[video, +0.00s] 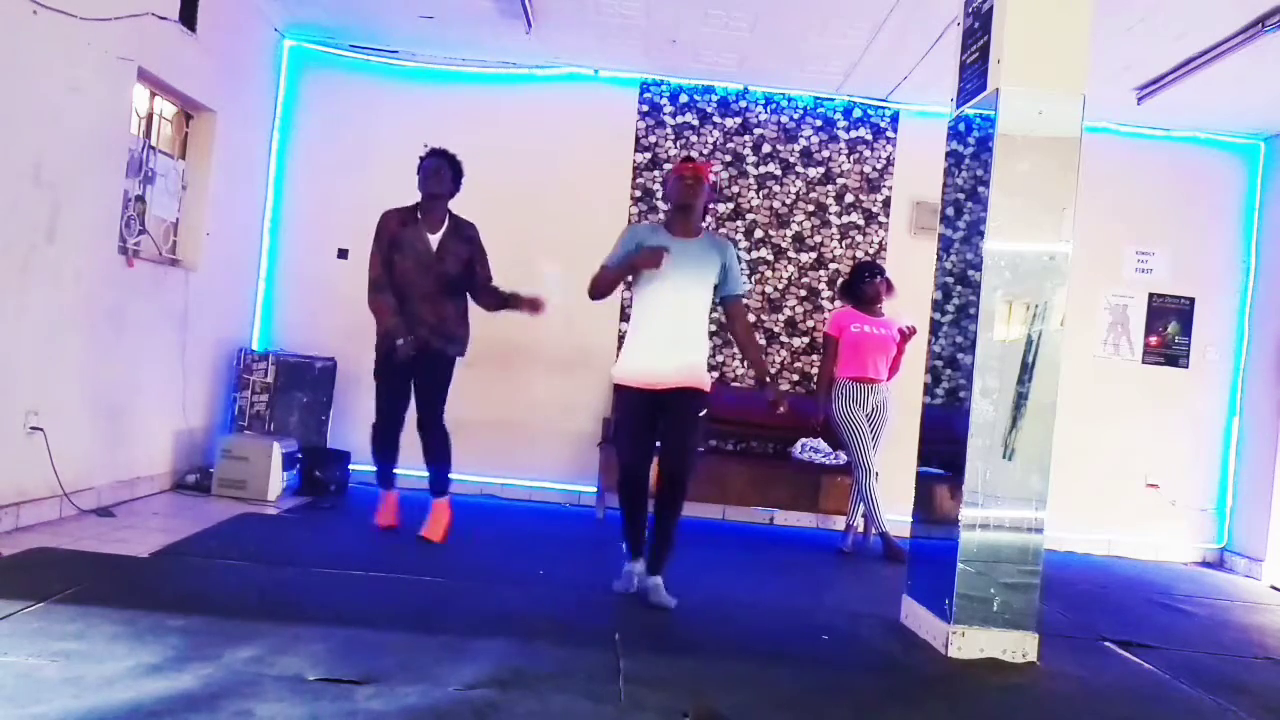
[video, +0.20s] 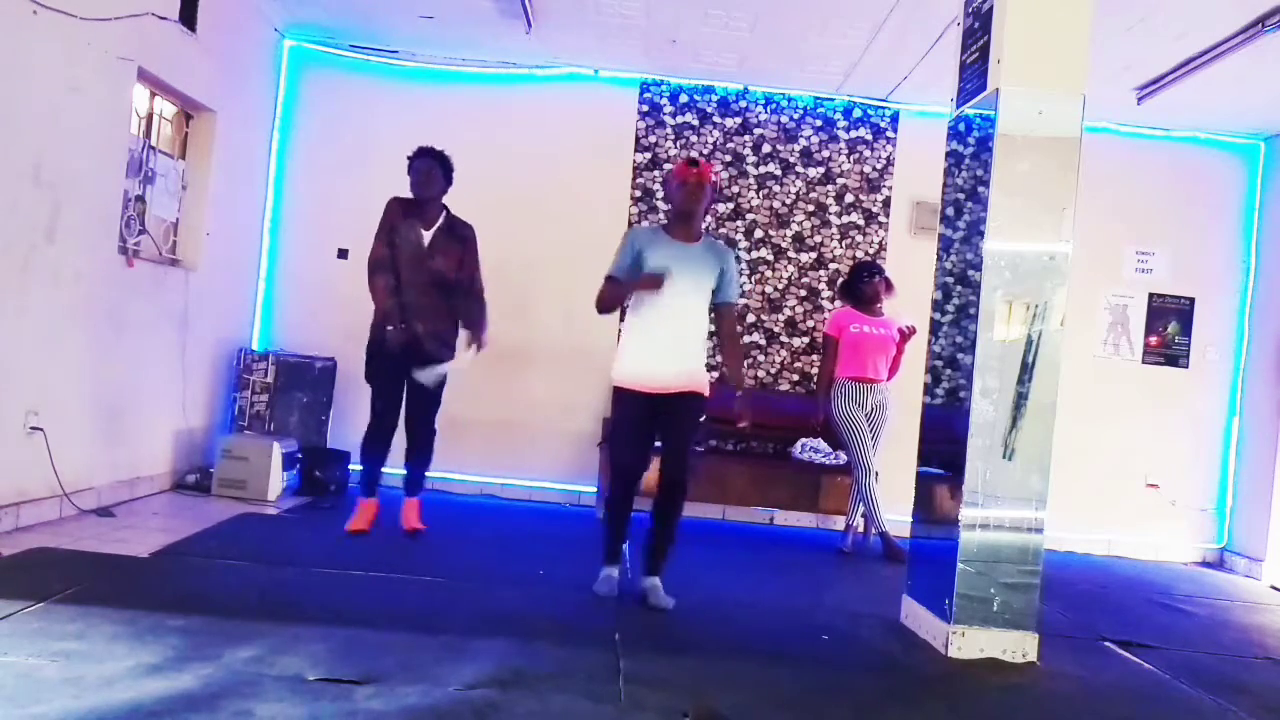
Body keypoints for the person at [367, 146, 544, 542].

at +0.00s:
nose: (428, 179)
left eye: (437, 174)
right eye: (424, 172)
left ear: (454, 183)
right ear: (417, 179)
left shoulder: (466, 234)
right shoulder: (393, 223)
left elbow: (482, 292)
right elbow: (377, 286)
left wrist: (516, 301)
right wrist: (396, 333)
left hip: (439, 343)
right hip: (395, 340)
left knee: (430, 420)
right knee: (388, 419)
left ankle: (440, 502)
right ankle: (386, 493)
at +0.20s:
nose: (420, 180)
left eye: (429, 174)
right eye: (415, 173)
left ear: (445, 181)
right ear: (409, 178)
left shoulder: (462, 233)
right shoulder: (396, 212)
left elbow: (471, 285)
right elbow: (379, 267)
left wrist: (476, 325)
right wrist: (390, 318)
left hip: (434, 342)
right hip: (390, 336)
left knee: (421, 426)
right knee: (381, 420)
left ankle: (412, 500)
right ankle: (367, 499)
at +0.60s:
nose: (414, 182)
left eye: (422, 175)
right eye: (408, 175)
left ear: (440, 184)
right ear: (401, 183)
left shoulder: (458, 224)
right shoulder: (390, 238)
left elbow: (491, 280)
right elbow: (364, 295)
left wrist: (464, 283)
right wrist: (386, 335)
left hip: (438, 346)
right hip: (393, 344)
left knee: (425, 427)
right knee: (383, 426)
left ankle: (437, 509)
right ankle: (375, 507)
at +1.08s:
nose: (418, 194)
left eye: (426, 188)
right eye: (413, 187)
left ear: (443, 193)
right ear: (406, 189)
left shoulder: (454, 242)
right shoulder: (388, 217)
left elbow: (460, 302)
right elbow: (372, 275)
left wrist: (482, 339)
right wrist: (387, 328)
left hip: (431, 351)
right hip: (388, 344)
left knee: (421, 428)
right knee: (379, 423)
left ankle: (422, 509)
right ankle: (354, 492)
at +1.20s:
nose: (406, 196)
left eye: (415, 190)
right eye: (402, 189)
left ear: (433, 193)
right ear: (396, 191)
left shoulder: (449, 244)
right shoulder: (385, 216)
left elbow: (446, 305)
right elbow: (366, 272)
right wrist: (376, 327)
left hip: (420, 346)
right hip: (377, 338)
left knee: (409, 421)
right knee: (366, 419)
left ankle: (400, 497)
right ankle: (342, 497)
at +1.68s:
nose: (397, 186)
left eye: (406, 180)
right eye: (392, 180)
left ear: (424, 185)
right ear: (386, 184)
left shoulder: (447, 227)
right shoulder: (374, 233)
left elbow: (466, 283)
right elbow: (362, 290)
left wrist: (447, 324)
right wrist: (373, 337)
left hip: (430, 350)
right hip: (383, 347)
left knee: (422, 431)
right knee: (368, 426)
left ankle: (433, 510)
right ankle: (362, 504)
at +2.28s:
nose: (411, 195)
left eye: (420, 188)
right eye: (406, 188)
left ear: (436, 193)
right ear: (399, 191)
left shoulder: (451, 246)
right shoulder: (384, 221)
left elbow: (440, 313)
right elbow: (364, 282)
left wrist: (404, 359)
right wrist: (380, 335)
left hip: (420, 354)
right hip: (375, 346)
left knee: (405, 426)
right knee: (367, 422)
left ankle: (391, 495)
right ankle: (361, 501)